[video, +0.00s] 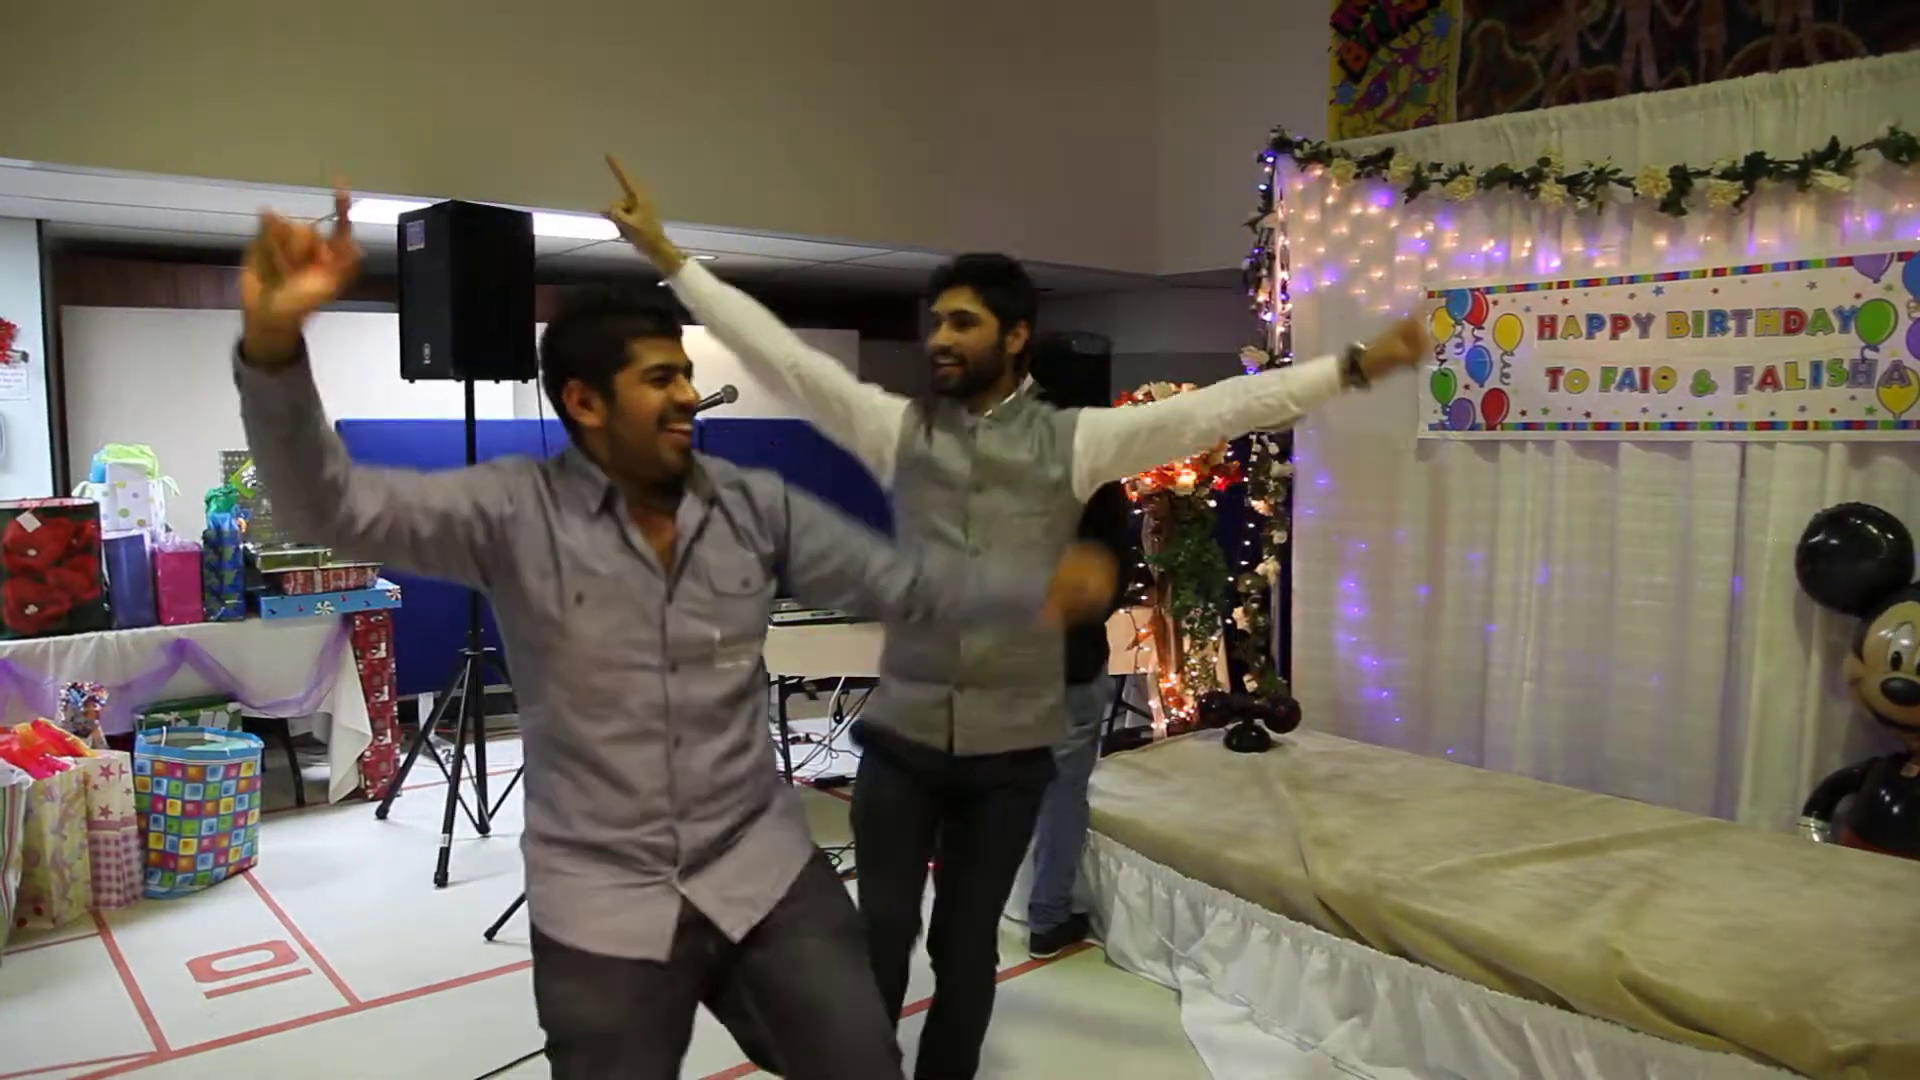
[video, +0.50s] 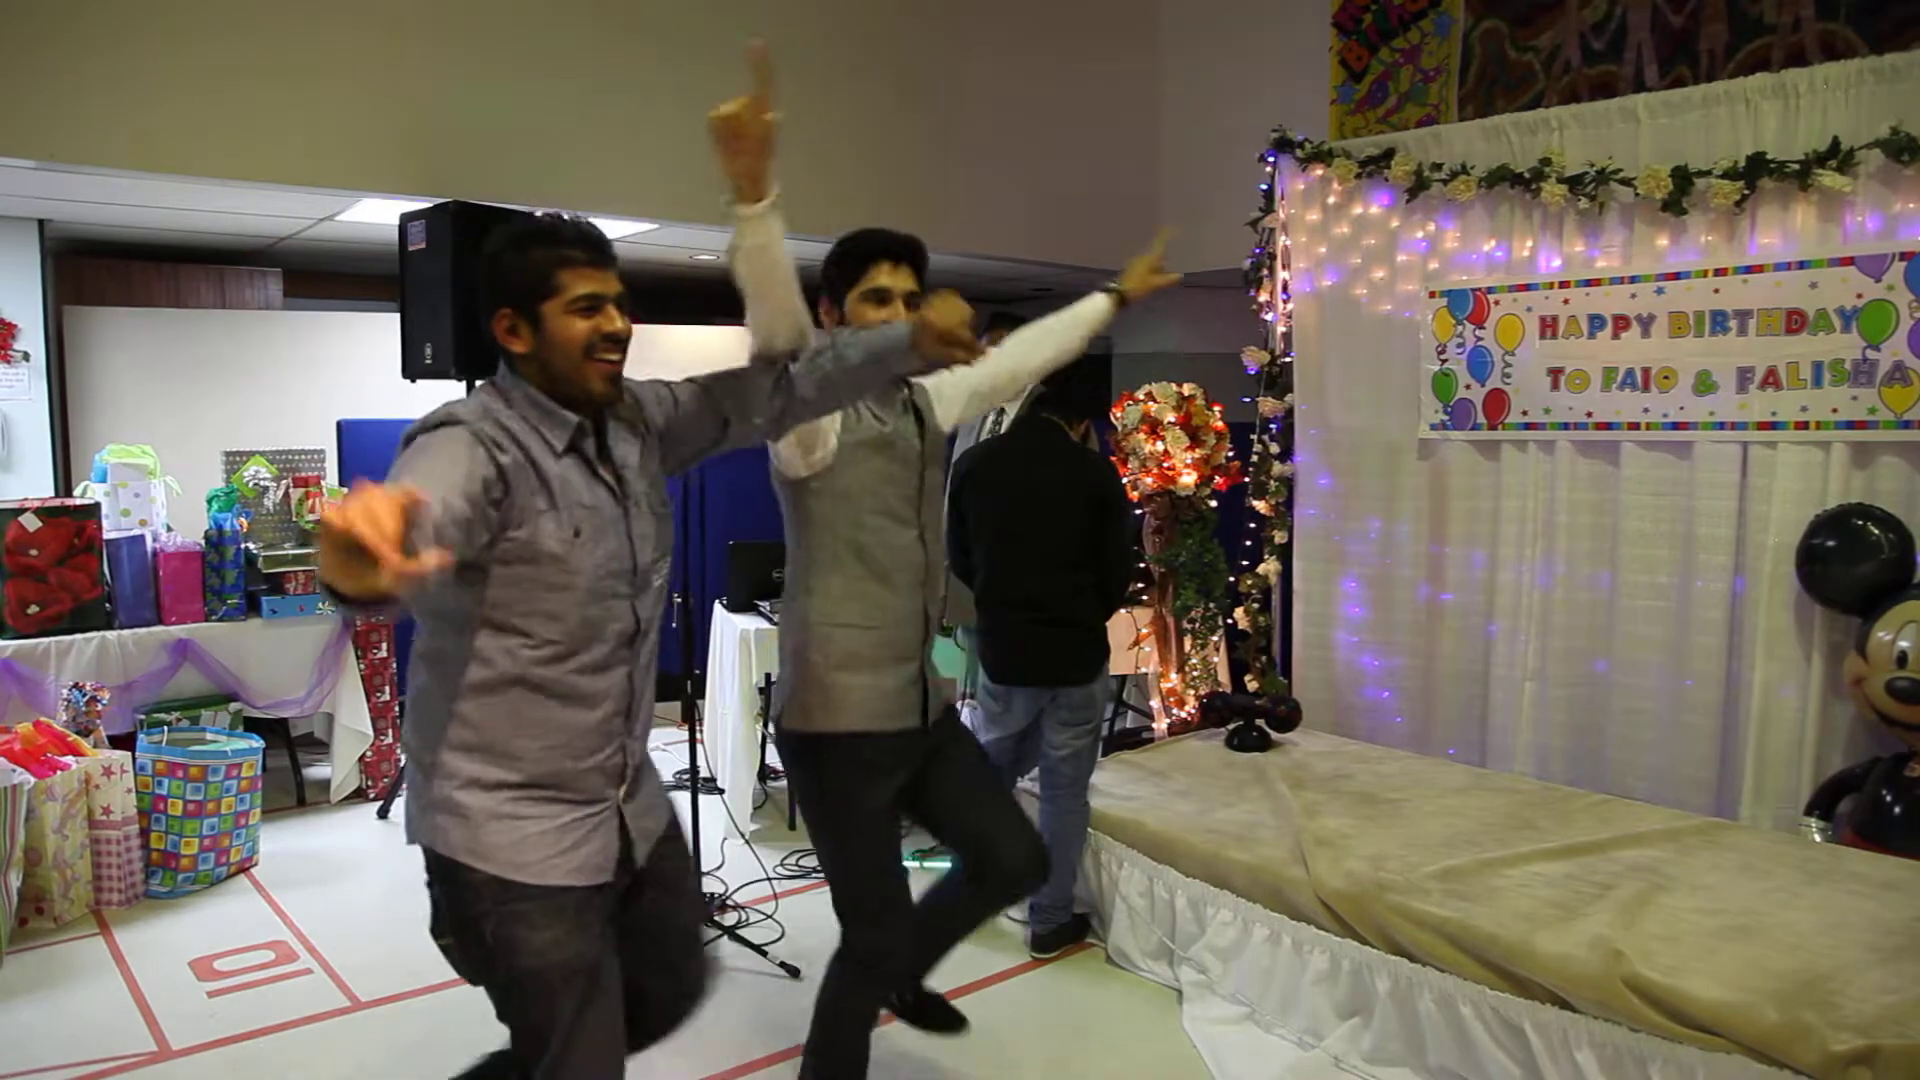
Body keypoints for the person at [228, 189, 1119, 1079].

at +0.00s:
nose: (687, 398)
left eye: (687, 376)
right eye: (660, 379)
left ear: (688, 390)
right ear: (582, 402)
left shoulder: (752, 508)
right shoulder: (510, 510)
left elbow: (901, 580)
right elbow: (331, 506)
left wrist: (1045, 585)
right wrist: (272, 352)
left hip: (759, 859)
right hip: (601, 889)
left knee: (861, 1055)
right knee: (610, 1072)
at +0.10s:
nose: (688, 368)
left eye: (687, 345)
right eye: (659, 351)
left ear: (688, 359)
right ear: (581, 371)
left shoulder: (749, 461)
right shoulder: (509, 477)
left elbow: (905, 495)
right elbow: (347, 454)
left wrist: (1060, 488)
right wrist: (242, 325)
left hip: (740, 835)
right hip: (588, 859)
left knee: (841, 1056)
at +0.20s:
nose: (674, 343)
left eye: (677, 323)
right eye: (647, 326)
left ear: (682, 330)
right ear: (568, 345)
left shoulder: (716, 429)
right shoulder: (498, 441)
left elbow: (875, 436)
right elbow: (355, 439)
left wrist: (1039, 422)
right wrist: (239, 358)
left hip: (693, 805)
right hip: (553, 838)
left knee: (809, 1034)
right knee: (598, 1070)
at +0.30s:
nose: (648, 340)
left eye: (651, 320)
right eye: (621, 319)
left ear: (653, 336)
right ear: (543, 336)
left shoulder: (677, 423)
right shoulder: (488, 439)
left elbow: (827, 419)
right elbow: (387, 469)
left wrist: (989, 401)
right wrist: (286, 437)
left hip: (660, 788)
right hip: (531, 827)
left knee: (775, 974)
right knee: (587, 1061)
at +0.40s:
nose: (628, 338)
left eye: (630, 317)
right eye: (599, 319)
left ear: (636, 324)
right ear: (523, 339)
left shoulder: (649, 423)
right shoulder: (481, 441)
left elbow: (789, 399)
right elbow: (403, 492)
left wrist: (942, 367)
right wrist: (324, 508)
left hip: (639, 793)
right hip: (520, 839)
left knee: (740, 966)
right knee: (595, 1063)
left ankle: (640, 1064)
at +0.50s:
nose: (615, 326)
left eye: (619, 307)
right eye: (586, 309)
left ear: (625, 315)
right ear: (514, 335)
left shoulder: (642, 420)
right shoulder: (474, 442)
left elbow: (775, 391)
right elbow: (421, 505)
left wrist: (910, 340)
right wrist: (371, 555)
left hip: (622, 797)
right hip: (505, 830)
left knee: (667, 987)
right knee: (578, 1056)